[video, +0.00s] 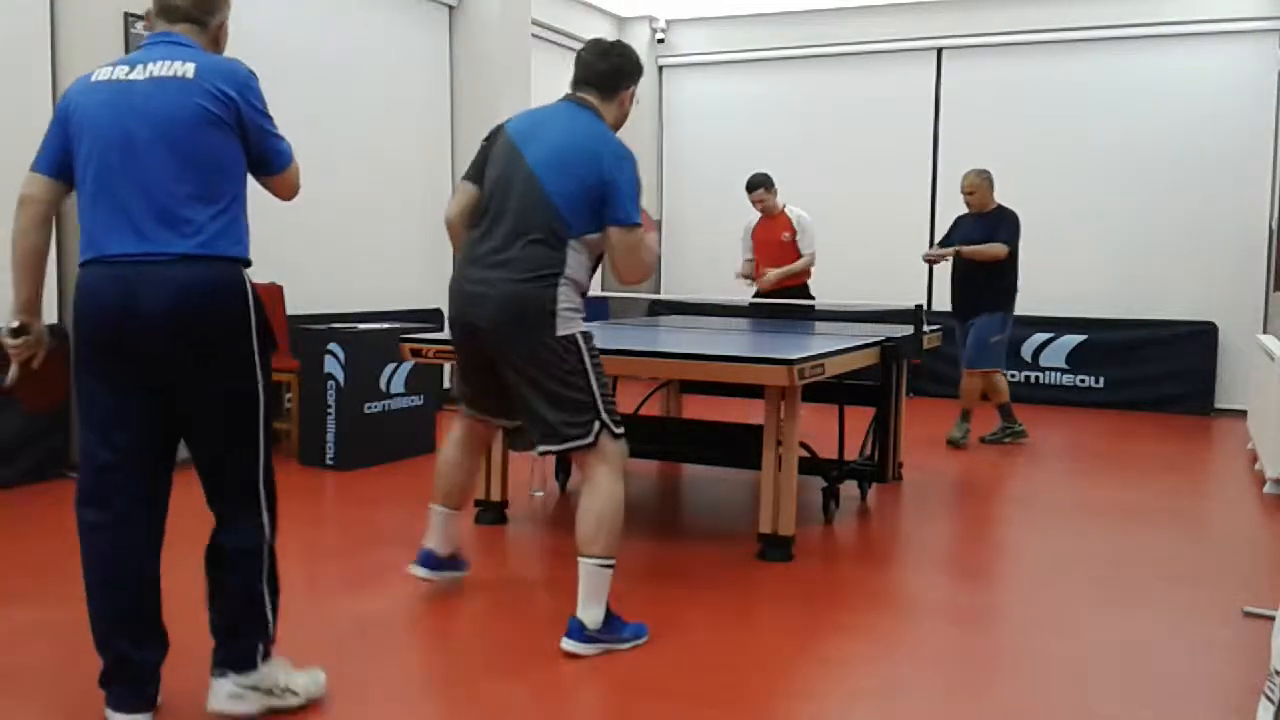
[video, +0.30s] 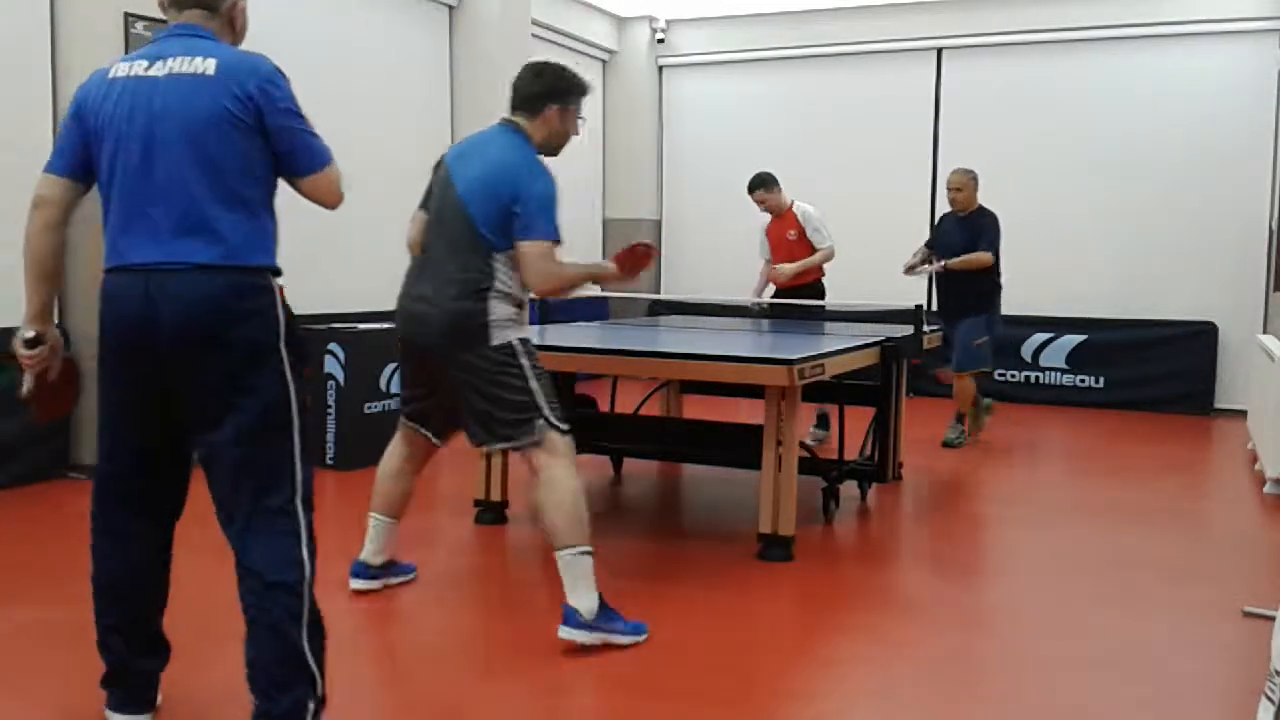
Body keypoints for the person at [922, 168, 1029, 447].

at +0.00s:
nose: (966, 199)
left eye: (971, 193)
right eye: (964, 194)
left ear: (989, 191)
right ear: (963, 193)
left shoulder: (1006, 219)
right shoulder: (962, 221)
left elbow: (1000, 251)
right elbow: (945, 246)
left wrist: (958, 251)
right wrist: (934, 255)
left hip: (994, 308)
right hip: (966, 307)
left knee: (971, 365)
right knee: (987, 367)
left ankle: (963, 424)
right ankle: (1011, 423)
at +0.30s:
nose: (952, 196)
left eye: (958, 190)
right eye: (949, 190)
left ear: (974, 191)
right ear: (946, 192)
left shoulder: (986, 220)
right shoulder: (946, 220)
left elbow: (986, 257)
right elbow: (931, 248)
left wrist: (946, 264)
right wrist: (917, 259)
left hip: (977, 308)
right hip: (949, 307)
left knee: (961, 367)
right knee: (957, 365)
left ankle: (959, 422)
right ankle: (977, 404)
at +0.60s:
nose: (929, 195)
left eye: (935, 189)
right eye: (924, 190)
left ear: (948, 191)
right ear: (920, 193)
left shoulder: (966, 220)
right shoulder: (921, 224)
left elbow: (986, 256)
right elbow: (913, 256)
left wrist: (970, 292)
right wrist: (897, 267)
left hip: (959, 309)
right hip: (928, 308)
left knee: (956, 368)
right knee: (916, 363)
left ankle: (957, 425)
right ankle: (910, 418)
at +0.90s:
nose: (913, 195)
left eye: (920, 189)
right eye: (908, 190)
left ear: (933, 192)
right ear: (902, 195)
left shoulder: (953, 219)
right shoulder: (900, 228)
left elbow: (977, 254)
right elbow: (886, 260)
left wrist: (969, 291)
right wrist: (889, 269)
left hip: (949, 305)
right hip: (914, 306)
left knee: (953, 362)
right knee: (909, 363)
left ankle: (959, 420)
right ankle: (909, 417)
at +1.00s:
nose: (913, 195)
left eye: (920, 189)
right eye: (908, 190)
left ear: (933, 192)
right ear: (902, 195)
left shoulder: (954, 220)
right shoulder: (900, 228)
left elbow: (978, 255)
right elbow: (887, 261)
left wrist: (970, 291)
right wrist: (890, 269)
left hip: (950, 306)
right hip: (914, 307)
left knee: (956, 364)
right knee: (909, 363)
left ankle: (966, 424)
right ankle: (909, 418)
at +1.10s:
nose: (918, 197)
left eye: (924, 192)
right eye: (912, 193)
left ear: (936, 194)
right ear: (906, 197)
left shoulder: (956, 223)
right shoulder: (904, 230)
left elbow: (980, 259)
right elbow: (891, 261)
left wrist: (970, 296)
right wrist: (892, 270)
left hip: (953, 311)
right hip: (917, 312)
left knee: (960, 369)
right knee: (910, 365)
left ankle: (969, 427)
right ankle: (909, 418)